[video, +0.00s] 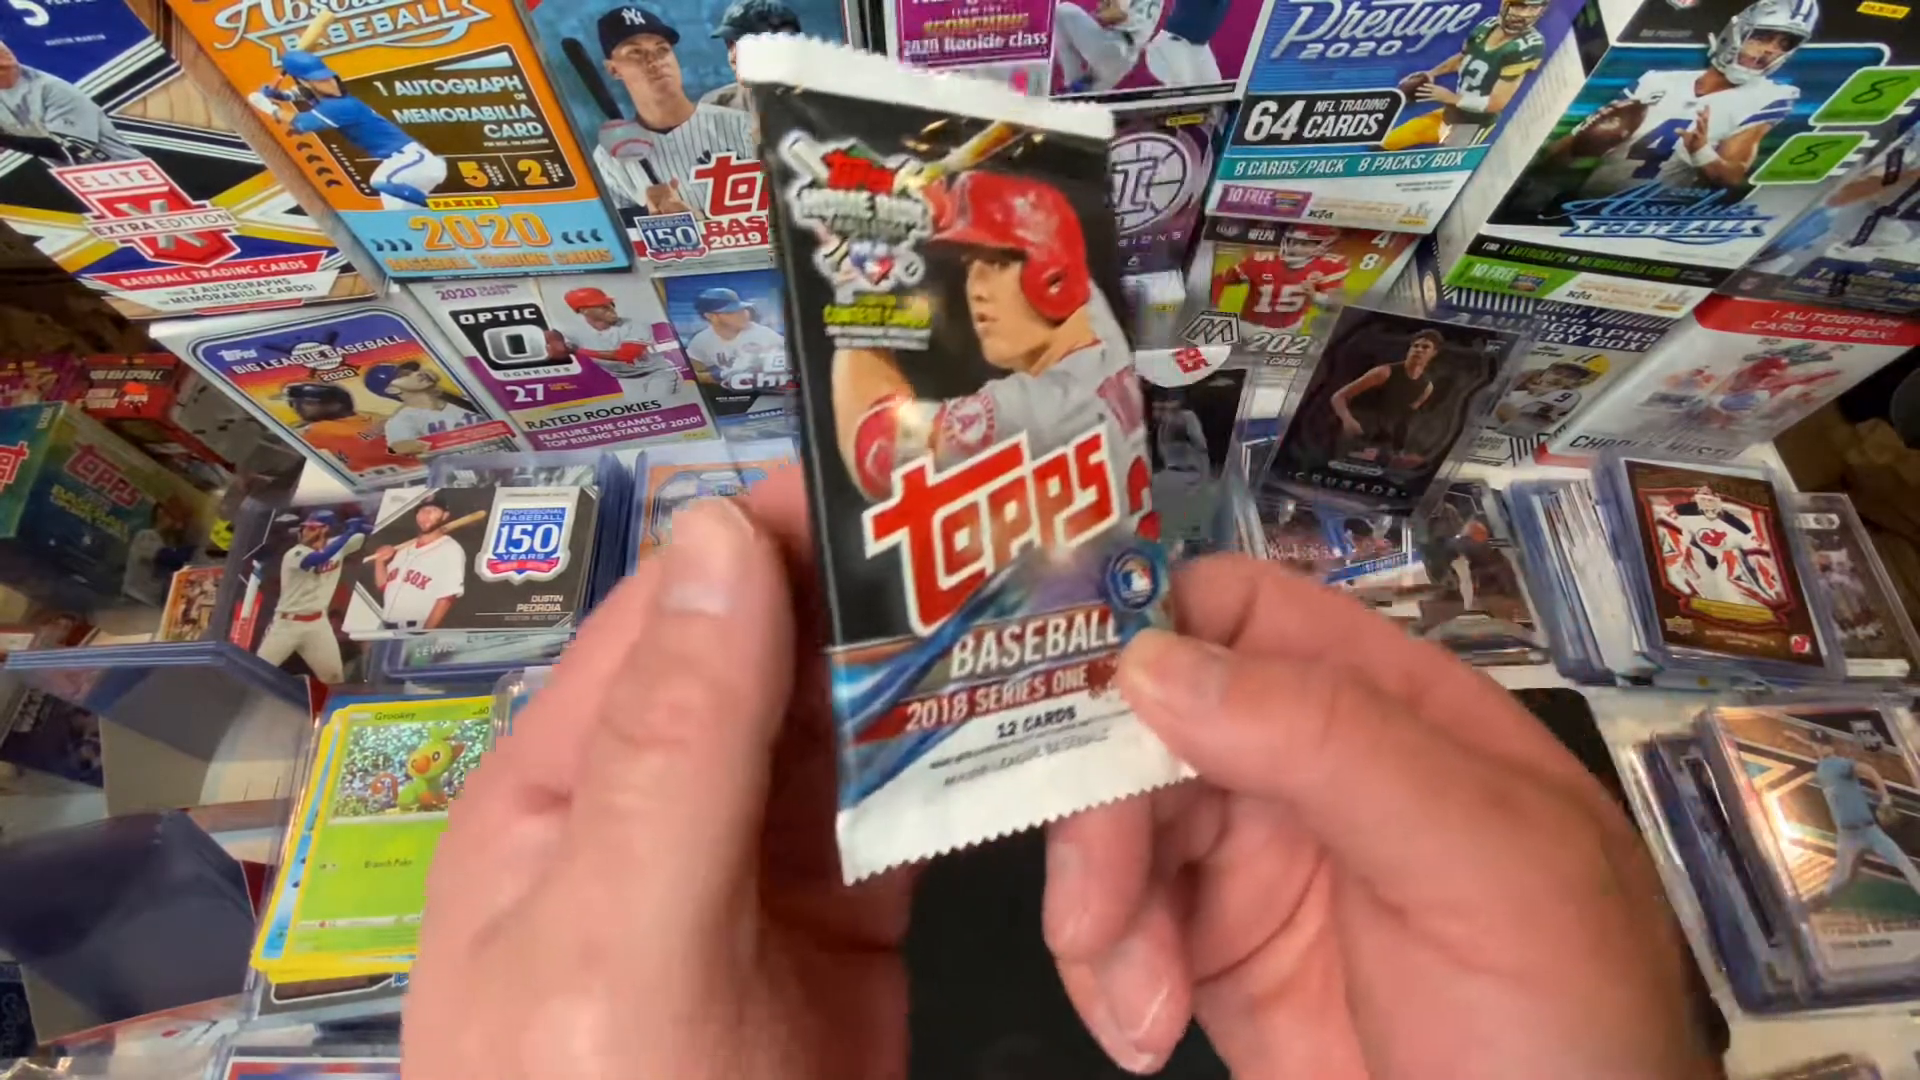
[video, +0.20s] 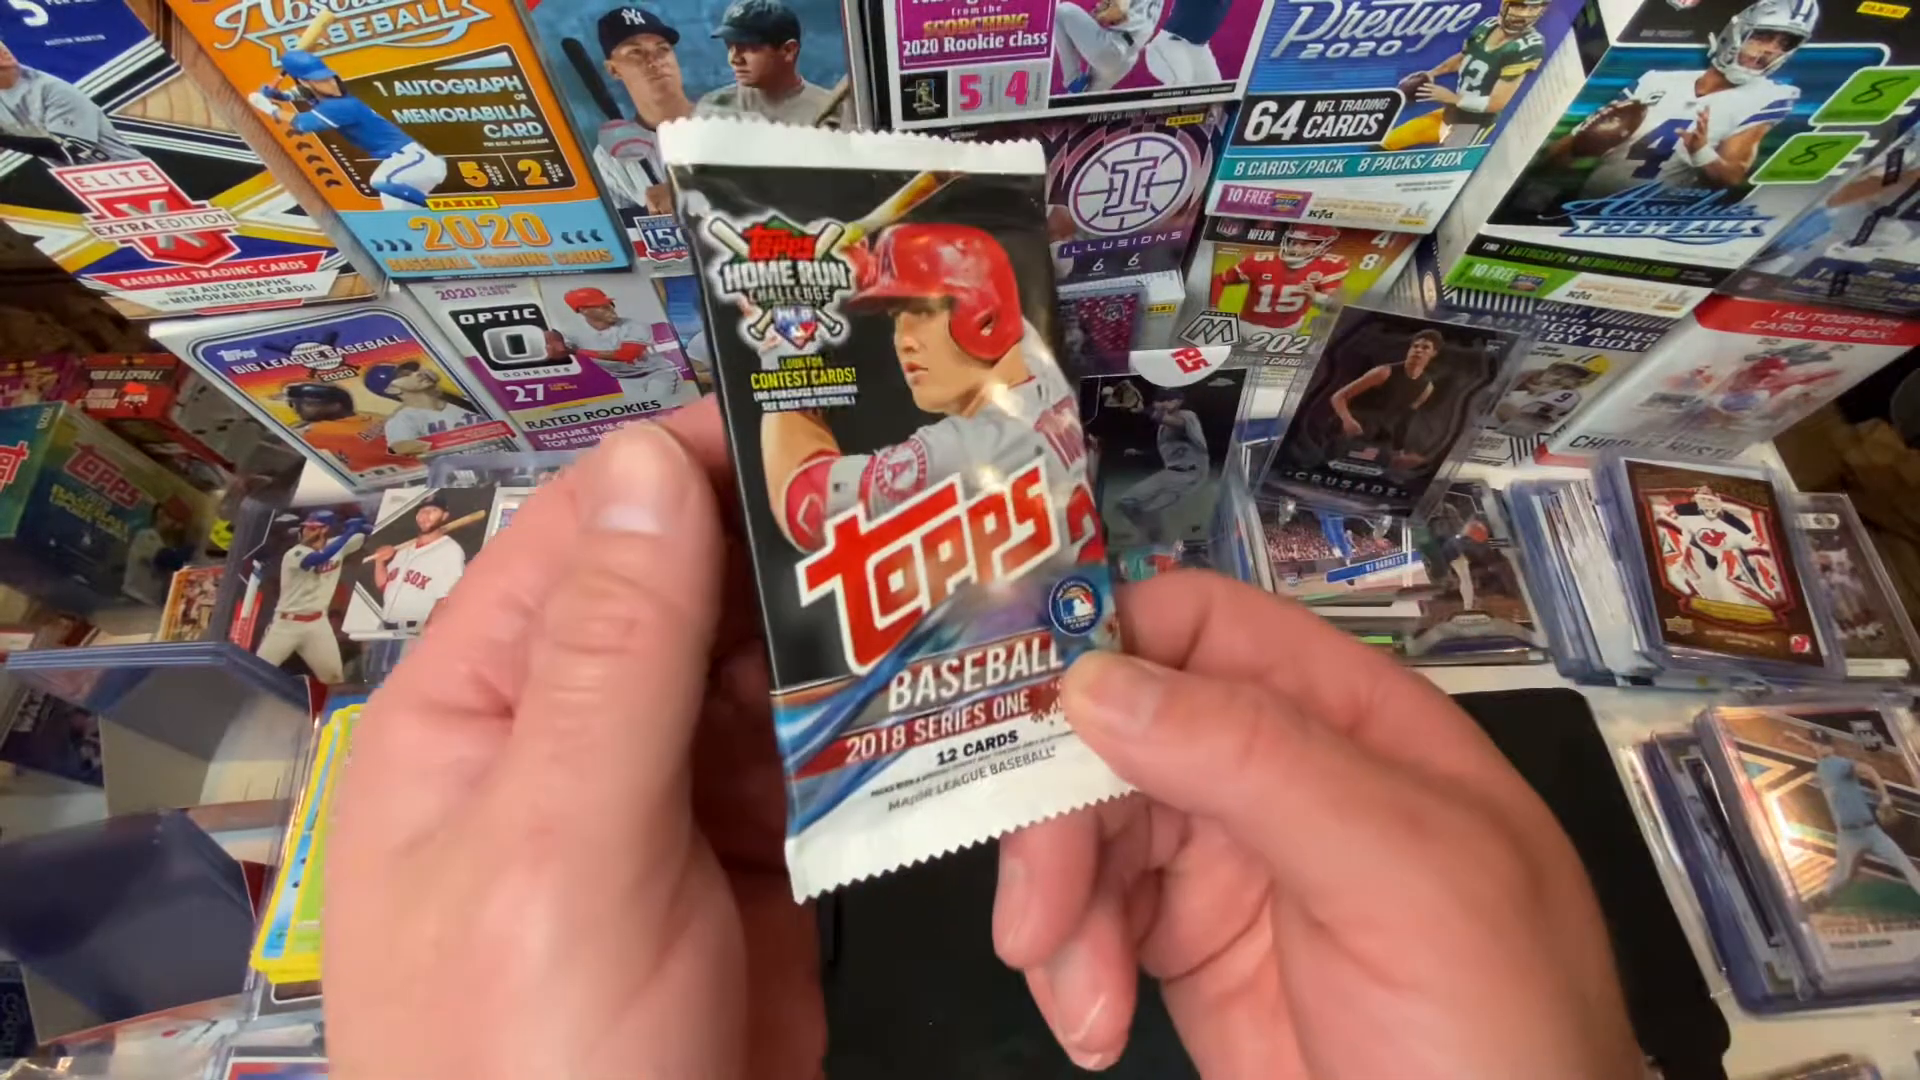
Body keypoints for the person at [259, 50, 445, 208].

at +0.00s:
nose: (330, 80)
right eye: (322, 78)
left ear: (310, 83)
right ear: (308, 83)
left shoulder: (343, 107)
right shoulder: (332, 102)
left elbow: (298, 123)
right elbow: (303, 92)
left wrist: (271, 109)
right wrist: (278, 95)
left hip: (415, 159)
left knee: (381, 179)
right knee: (399, 219)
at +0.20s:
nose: (331, 81)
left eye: (328, 77)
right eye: (323, 79)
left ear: (309, 83)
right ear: (306, 84)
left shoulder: (344, 106)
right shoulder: (332, 103)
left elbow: (300, 123)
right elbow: (302, 93)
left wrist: (272, 110)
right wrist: (278, 95)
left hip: (415, 158)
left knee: (381, 179)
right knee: (398, 222)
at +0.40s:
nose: (329, 80)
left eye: (327, 76)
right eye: (321, 78)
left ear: (308, 83)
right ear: (306, 83)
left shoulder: (343, 106)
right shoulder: (331, 102)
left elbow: (300, 123)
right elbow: (301, 92)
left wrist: (272, 110)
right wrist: (276, 94)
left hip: (415, 158)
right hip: (405, 166)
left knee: (381, 179)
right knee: (398, 222)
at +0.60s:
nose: (331, 80)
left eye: (328, 76)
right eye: (322, 78)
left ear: (309, 82)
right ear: (307, 83)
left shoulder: (343, 106)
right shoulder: (332, 103)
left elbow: (299, 122)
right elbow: (301, 92)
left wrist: (270, 108)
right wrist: (276, 94)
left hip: (415, 158)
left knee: (380, 179)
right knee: (398, 221)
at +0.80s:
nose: (299, 87)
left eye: (300, 82)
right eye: (299, 83)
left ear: (307, 83)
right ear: (325, 77)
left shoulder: (341, 106)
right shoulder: (335, 100)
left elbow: (298, 122)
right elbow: (305, 91)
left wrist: (269, 107)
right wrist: (279, 95)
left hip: (414, 157)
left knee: (380, 179)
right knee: (397, 222)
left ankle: (432, 212)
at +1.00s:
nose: (297, 87)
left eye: (298, 82)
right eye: (298, 83)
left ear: (306, 83)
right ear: (323, 77)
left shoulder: (341, 107)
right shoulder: (332, 100)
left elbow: (298, 122)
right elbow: (302, 93)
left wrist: (268, 108)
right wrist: (277, 95)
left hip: (414, 158)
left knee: (380, 180)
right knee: (397, 224)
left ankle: (432, 213)